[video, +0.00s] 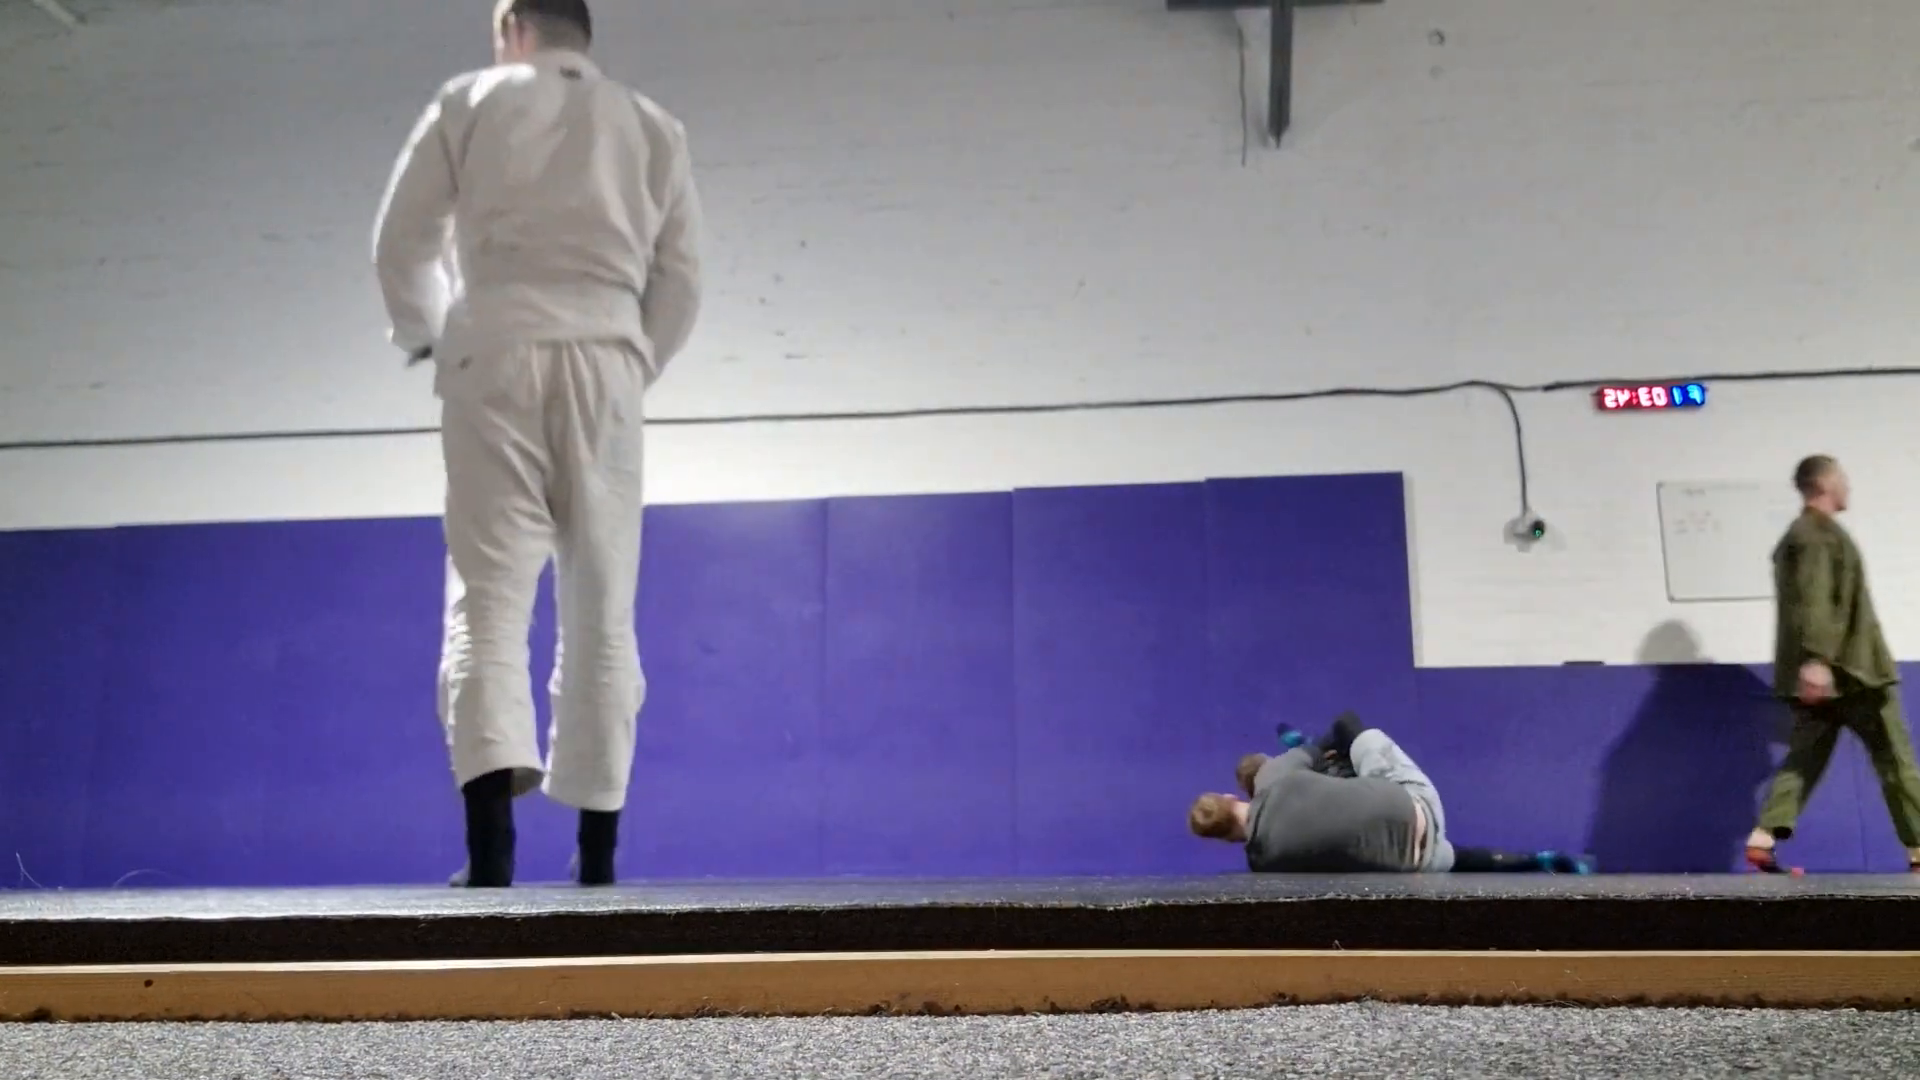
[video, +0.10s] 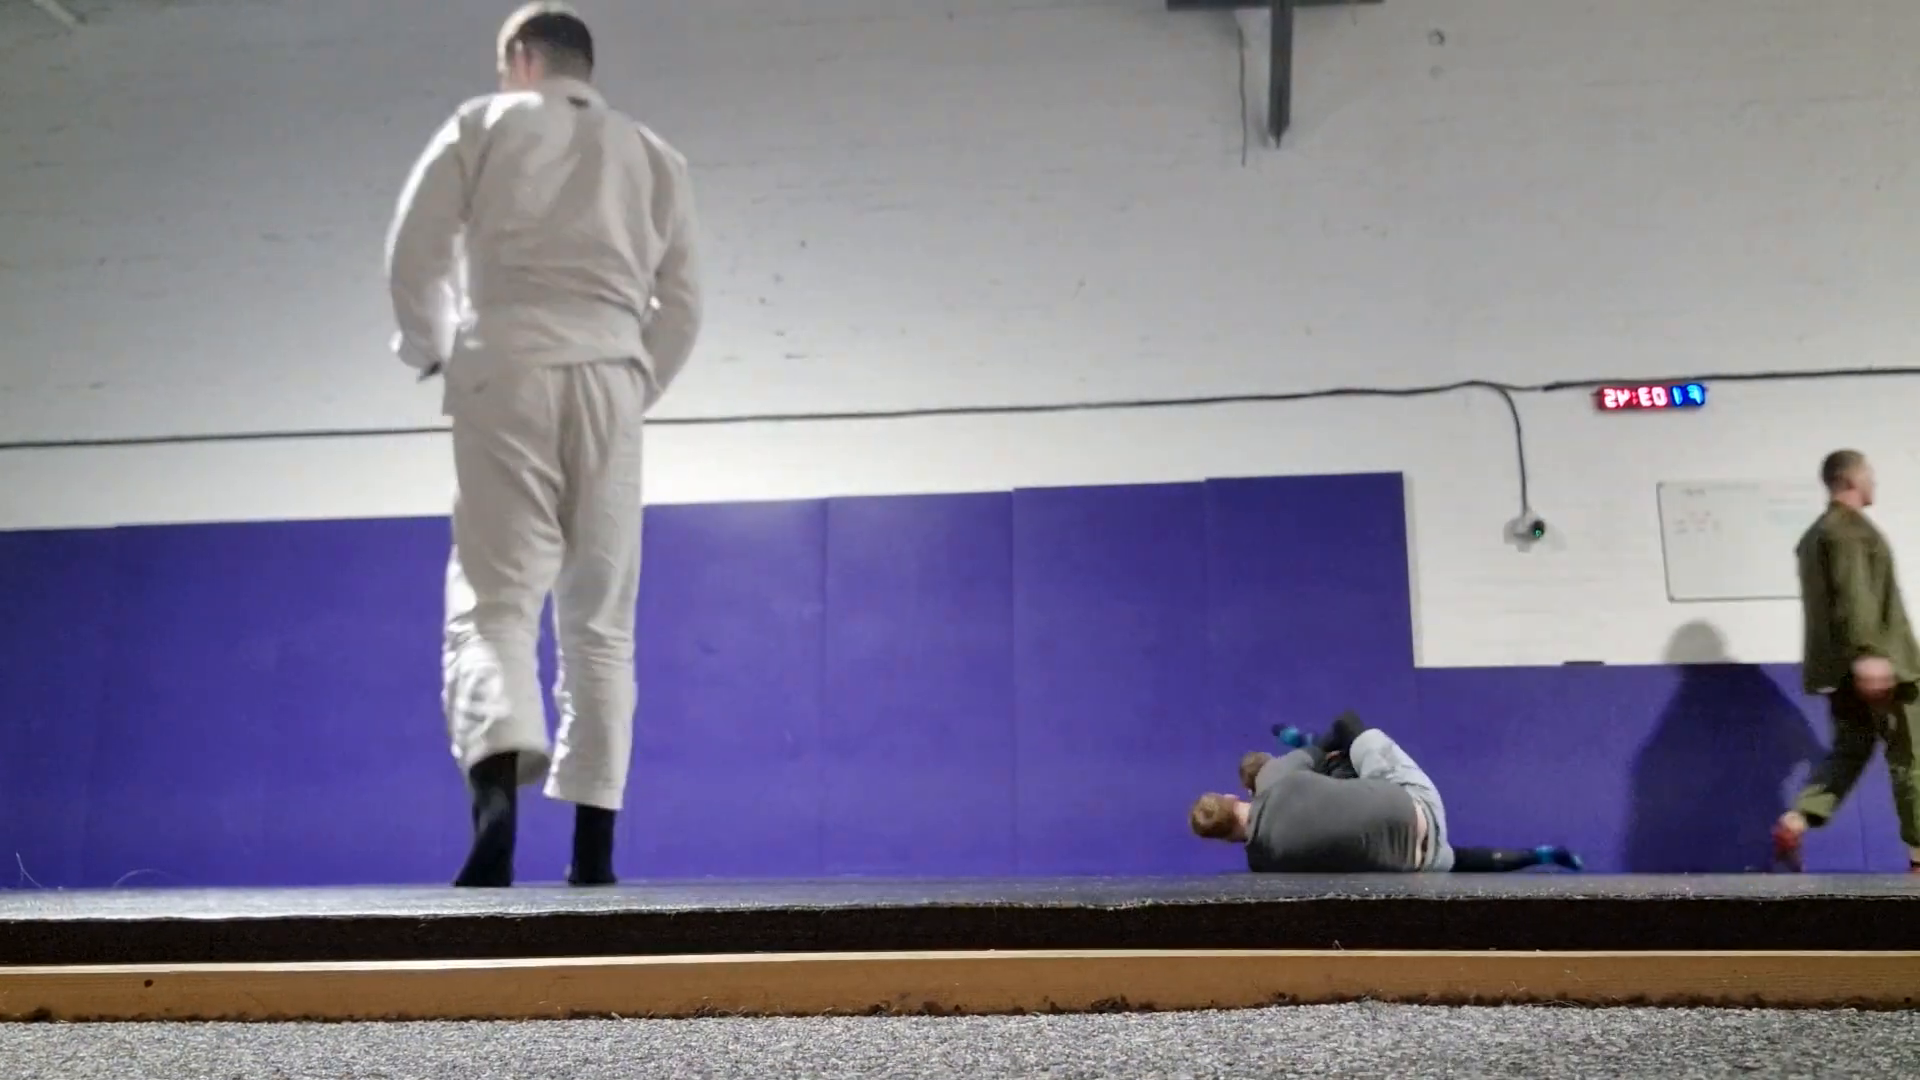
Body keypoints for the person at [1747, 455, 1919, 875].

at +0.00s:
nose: (1847, 484)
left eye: (1843, 476)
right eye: (1840, 477)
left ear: (1812, 487)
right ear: (1822, 485)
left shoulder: (1803, 535)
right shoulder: (1818, 535)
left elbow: (1809, 606)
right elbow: (1815, 602)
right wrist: (1816, 659)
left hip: (1819, 674)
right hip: (1855, 670)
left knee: (1804, 760)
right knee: (1897, 762)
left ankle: (1761, 841)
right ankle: (1916, 849)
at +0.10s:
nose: (1873, 482)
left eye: (1870, 474)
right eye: (1867, 474)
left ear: (1834, 482)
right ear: (1848, 480)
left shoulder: (1815, 535)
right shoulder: (1850, 531)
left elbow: (1823, 607)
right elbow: (1856, 596)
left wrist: (1838, 660)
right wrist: (1868, 652)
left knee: (1850, 749)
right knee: (1908, 758)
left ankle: (1799, 819)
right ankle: (1917, 851)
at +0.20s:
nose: (1897, 481)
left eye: (1894, 473)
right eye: (1893, 473)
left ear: (1856, 479)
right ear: (1876, 477)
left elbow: (1840, 608)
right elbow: (1897, 594)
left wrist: (1857, 651)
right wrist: (1919, 638)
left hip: (1858, 665)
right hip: (1894, 662)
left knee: (1886, 741)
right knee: (1909, 752)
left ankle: (1852, 816)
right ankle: (1917, 848)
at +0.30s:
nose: (1918, 482)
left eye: (1915, 473)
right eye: (1914, 473)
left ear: (1878, 480)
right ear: (1900, 478)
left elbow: (1849, 605)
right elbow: (1916, 577)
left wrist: (1870, 648)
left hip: (1878, 666)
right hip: (1909, 663)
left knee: (1914, 746)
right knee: (1915, 747)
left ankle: (1913, 834)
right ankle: (1913, 834)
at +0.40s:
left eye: (1919, 479)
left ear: (1897, 482)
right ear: (1914, 481)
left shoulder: (1875, 536)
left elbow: (1863, 604)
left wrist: (1884, 651)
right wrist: (1893, 654)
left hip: (1899, 666)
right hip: (1915, 666)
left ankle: (1919, 846)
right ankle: (1918, 846)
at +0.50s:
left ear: (1914, 484)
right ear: (1914, 484)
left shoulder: (1897, 543)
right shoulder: (1897, 544)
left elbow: (1881, 609)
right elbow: (1881, 609)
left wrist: (1905, 655)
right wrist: (1905, 656)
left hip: (1910, 679)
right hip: (1912, 678)